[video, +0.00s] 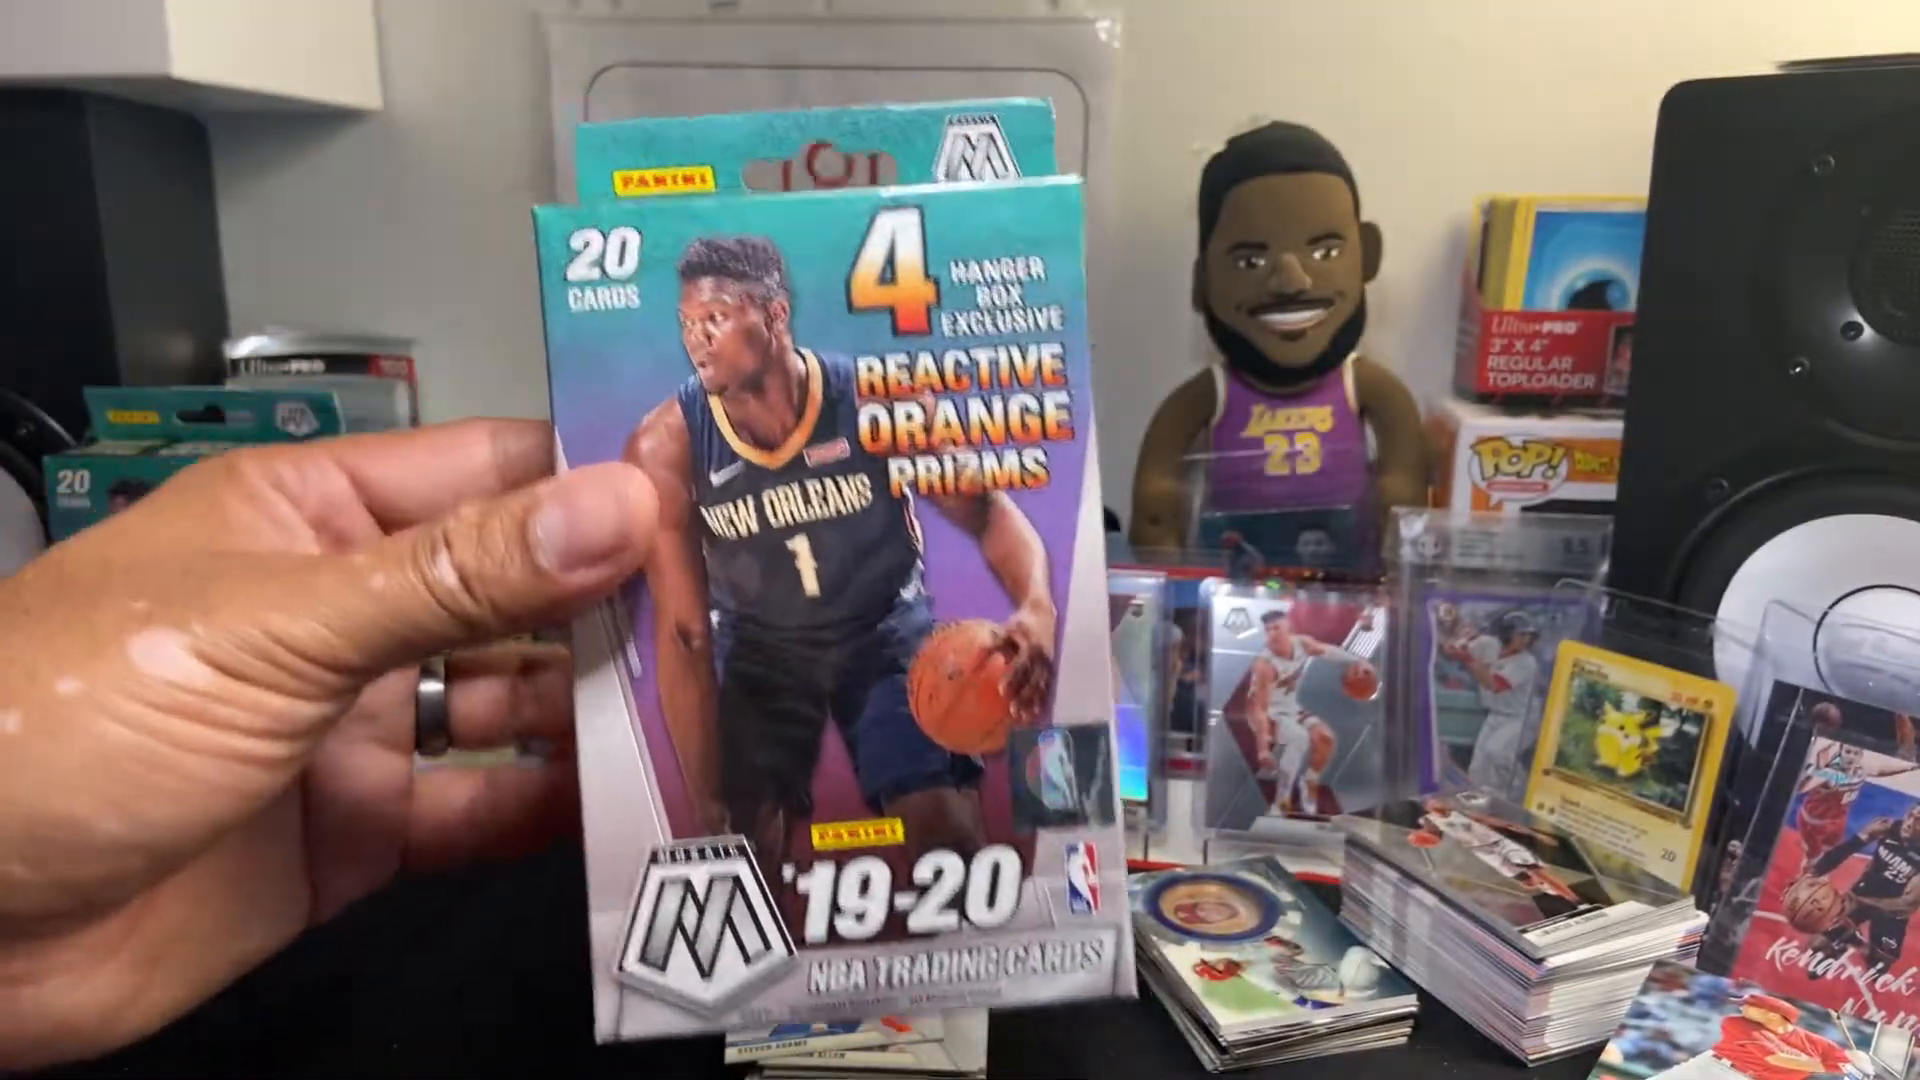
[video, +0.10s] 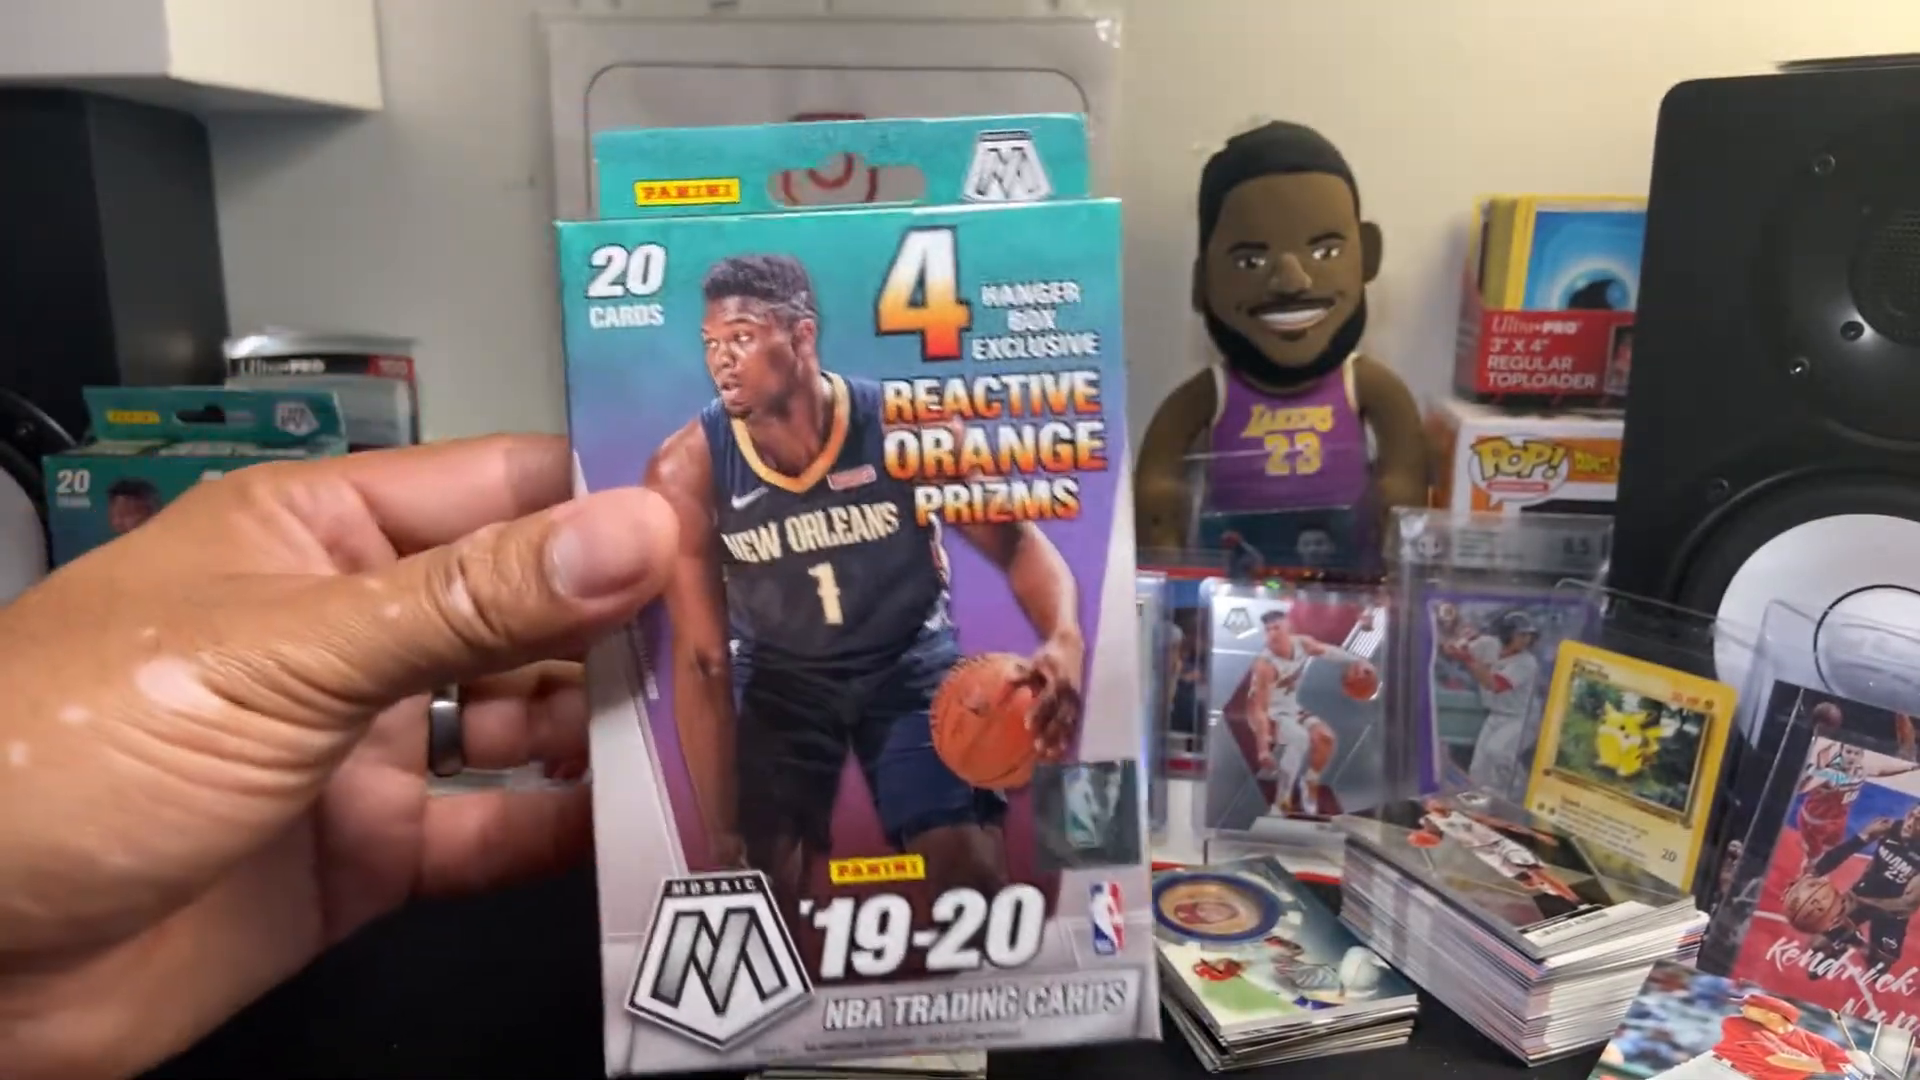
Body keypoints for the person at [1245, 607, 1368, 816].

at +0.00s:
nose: (1274, 634)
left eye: (1278, 628)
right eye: (1269, 630)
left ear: (1288, 628)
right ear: (1265, 634)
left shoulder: (1302, 644)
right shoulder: (1264, 665)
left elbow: (1329, 652)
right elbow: (1257, 709)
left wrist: (1358, 661)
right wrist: (1263, 749)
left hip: (1294, 709)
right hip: (1271, 712)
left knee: (1325, 739)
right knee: (1299, 737)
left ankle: (1309, 785)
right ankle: (1282, 800)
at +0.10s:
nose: (1273, 634)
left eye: (1277, 628)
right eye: (1269, 630)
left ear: (1287, 628)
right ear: (1265, 633)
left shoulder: (1302, 644)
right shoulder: (1264, 664)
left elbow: (1329, 652)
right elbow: (1257, 709)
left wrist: (1358, 661)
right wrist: (1263, 749)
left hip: (1294, 709)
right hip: (1270, 713)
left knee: (1325, 738)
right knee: (1299, 738)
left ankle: (1310, 785)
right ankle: (1281, 801)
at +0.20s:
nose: (1274, 634)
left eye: (1278, 628)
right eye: (1269, 630)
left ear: (1288, 628)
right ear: (1265, 633)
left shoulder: (1303, 644)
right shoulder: (1264, 664)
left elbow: (1330, 652)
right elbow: (1256, 709)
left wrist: (1359, 661)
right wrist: (1263, 750)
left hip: (1294, 709)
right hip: (1271, 712)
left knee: (1326, 739)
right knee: (1299, 738)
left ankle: (1310, 785)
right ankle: (1282, 801)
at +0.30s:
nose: (1274, 634)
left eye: (1278, 628)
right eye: (1269, 630)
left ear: (1288, 627)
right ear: (1266, 633)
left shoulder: (1303, 644)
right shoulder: (1264, 664)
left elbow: (1330, 652)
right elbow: (1257, 709)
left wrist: (1359, 661)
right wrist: (1263, 750)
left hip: (1294, 709)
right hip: (1270, 713)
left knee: (1326, 738)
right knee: (1299, 738)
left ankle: (1311, 785)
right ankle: (1282, 802)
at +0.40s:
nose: (1274, 634)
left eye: (1278, 628)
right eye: (1270, 629)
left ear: (1289, 628)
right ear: (1266, 633)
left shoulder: (1303, 644)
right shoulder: (1264, 665)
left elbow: (1331, 652)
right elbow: (1257, 709)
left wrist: (1359, 661)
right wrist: (1264, 750)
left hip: (1294, 709)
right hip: (1271, 712)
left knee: (1326, 739)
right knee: (1300, 738)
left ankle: (1311, 784)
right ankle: (1283, 801)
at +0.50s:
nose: (1275, 634)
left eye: (1279, 628)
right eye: (1270, 629)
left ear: (1289, 628)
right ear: (1266, 633)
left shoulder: (1303, 644)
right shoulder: (1265, 665)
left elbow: (1331, 652)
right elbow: (1258, 709)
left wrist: (1359, 661)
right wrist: (1264, 750)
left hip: (1294, 709)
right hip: (1270, 712)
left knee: (1326, 739)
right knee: (1300, 738)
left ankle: (1311, 784)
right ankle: (1283, 801)